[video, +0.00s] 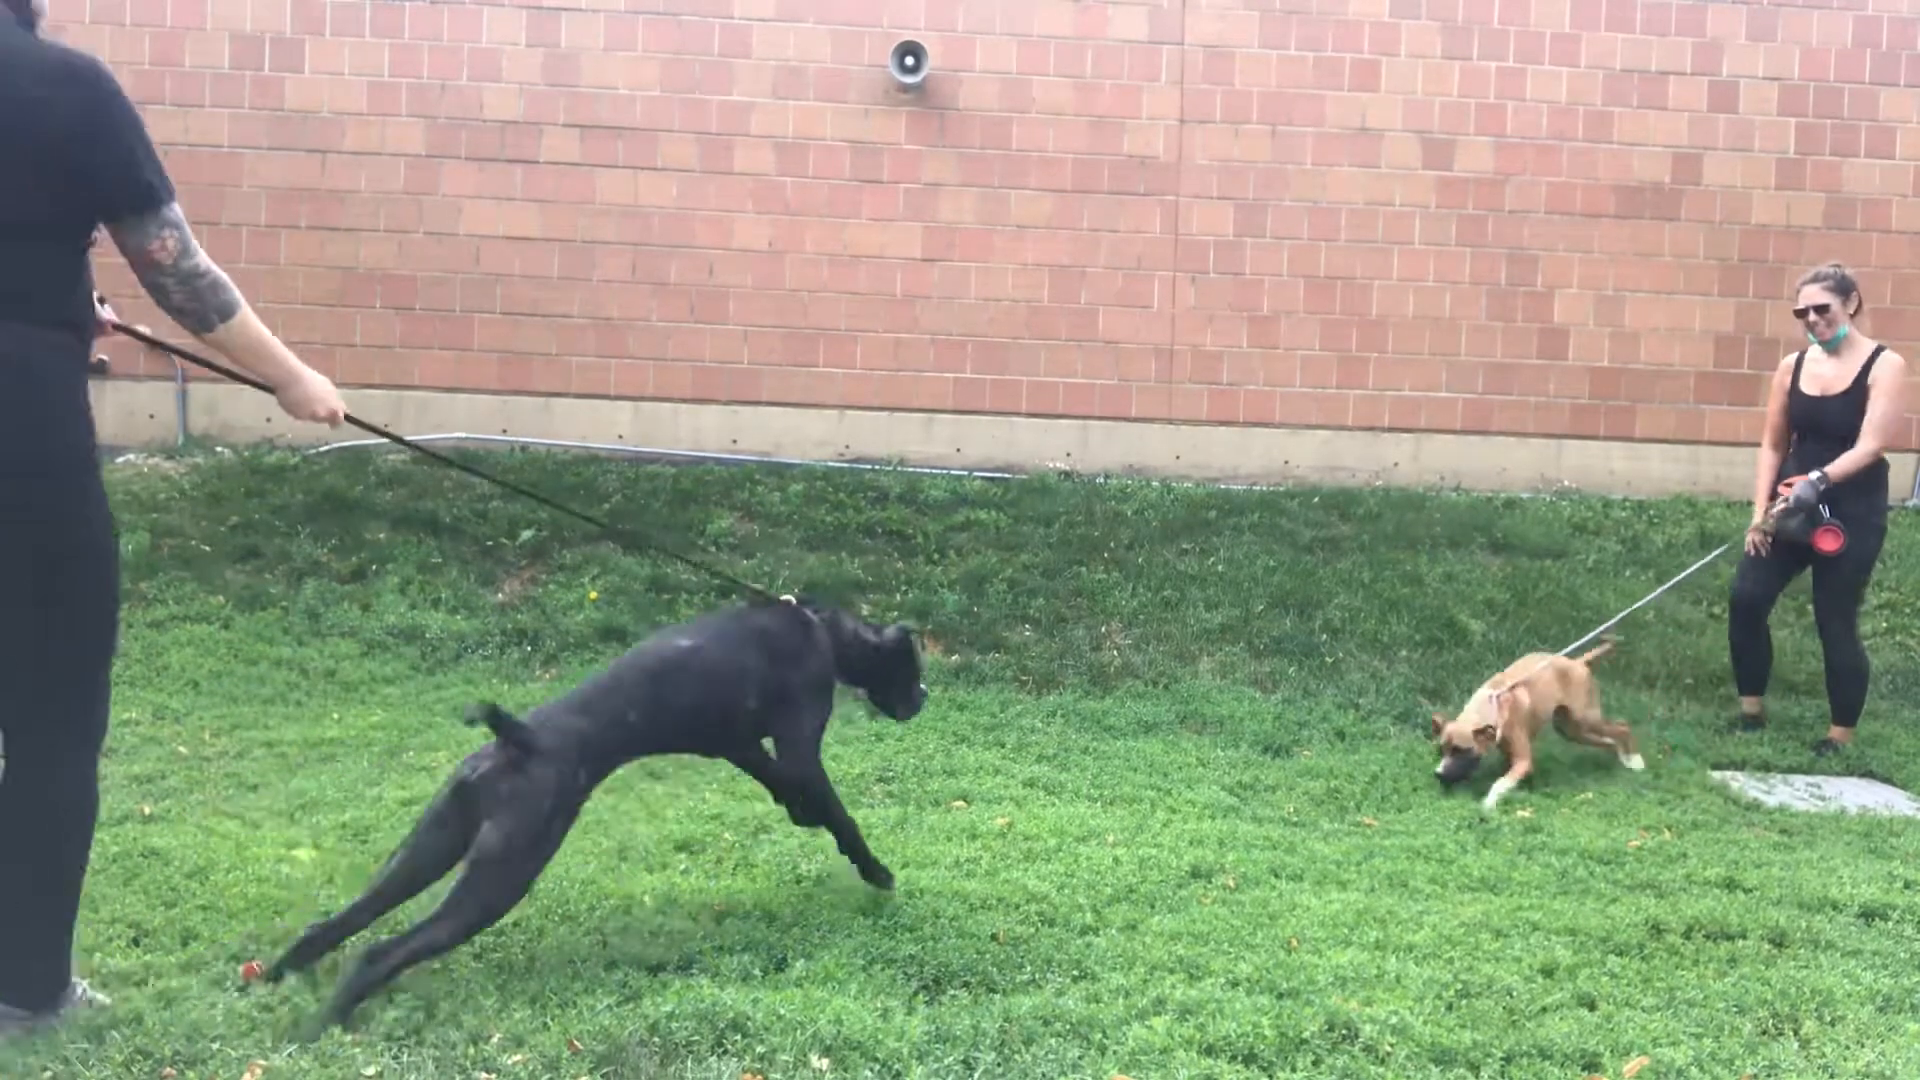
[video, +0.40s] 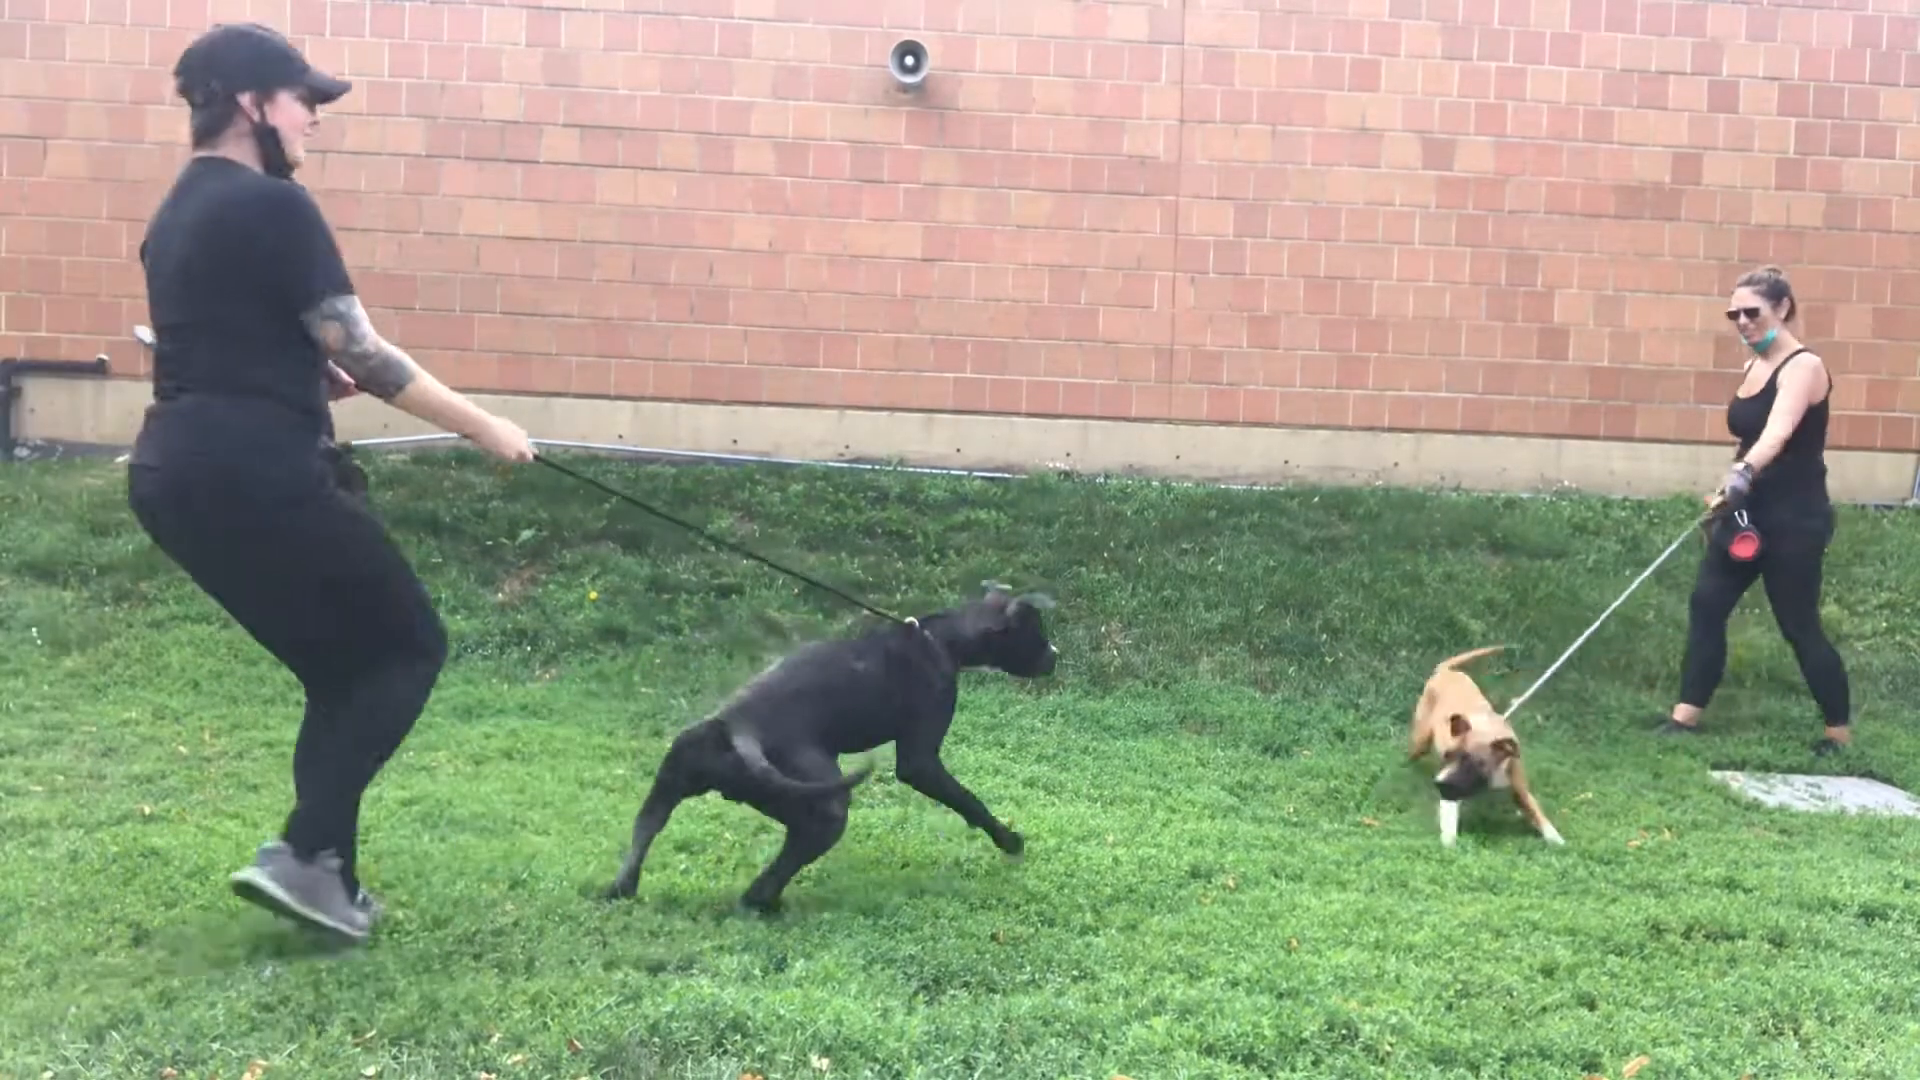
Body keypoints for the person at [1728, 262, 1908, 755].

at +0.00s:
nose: (1812, 320)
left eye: (1822, 309)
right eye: (1804, 313)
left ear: (1850, 304)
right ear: (1799, 314)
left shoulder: (1884, 365)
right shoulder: (1792, 366)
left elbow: (1871, 447)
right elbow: (1771, 445)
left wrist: (1815, 482)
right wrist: (1759, 513)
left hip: (1854, 509)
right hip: (1793, 503)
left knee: (1834, 617)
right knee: (1746, 596)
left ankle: (1841, 736)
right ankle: (1750, 712)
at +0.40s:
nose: (1742, 322)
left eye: (1751, 312)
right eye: (1735, 314)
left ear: (1781, 309)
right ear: (1732, 316)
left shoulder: (1804, 366)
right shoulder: (1757, 364)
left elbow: (1778, 434)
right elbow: (1754, 440)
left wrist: (1740, 475)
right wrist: (1727, 492)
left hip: (1795, 516)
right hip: (1750, 509)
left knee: (1799, 623)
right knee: (1707, 602)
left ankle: (1838, 732)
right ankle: (1686, 716)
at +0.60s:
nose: (1697, 325)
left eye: (1706, 315)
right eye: (1690, 317)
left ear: (1735, 310)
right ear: (1686, 315)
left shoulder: (1754, 360)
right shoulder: (1708, 365)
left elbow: (1732, 414)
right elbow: (1697, 433)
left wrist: (1692, 444)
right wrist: (1679, 483)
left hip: (1753, 503)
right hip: (1710, 500)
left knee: (1709, 607)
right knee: (1680, 602)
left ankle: (1794, 705)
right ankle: (1683, 718)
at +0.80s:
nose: (1669, 320)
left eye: (1678, 310)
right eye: (1661, 313)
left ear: (1705, 304)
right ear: (1655, 313)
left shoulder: (1724, 356)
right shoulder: (1683, 358)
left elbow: (1695, 426)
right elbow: (1689, 434)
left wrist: (1655, 472)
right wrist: (1664, 491)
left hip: (1730, 497)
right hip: (1689, 495)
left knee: (1682, 599)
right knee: (1663, 599)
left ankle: (1693, 733)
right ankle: (1679, 722)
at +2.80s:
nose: (1734, 296)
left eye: (1745, 286)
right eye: (1730, 286)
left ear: (1784, 281)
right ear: (1730, 282)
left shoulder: (1810, 344)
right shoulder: (1743, 338)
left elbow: (1757, 416)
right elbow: (1747, 420)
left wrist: (1692, 454)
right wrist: (1733, 478)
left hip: (1805, 501)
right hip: (1752, 494)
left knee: (1773, 615)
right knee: (1696, 605)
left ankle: (1774, 758)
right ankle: (1710, 722)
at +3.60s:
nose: (1770, 287)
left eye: (1781, 277)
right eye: (1767, 277)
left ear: (1825, 270)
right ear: (1769, 273)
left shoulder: (1854, 344)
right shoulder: (1762, 336)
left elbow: (1802, 435)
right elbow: (1740, 430)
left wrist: (1722, 461)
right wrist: (1706, 501)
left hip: (1819, 510)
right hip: (1750, 502)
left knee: (1820, 640)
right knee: (1726, 637)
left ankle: (1864, 791)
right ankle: (1714, 768)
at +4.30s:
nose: (1834, 272)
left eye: (1844, 260)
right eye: (1831, 260)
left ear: (1895, 251)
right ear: (1873, 257)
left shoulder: (1917, 340)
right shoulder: (1843, 328)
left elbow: (1884, 447)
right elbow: (1827, 434)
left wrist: (1773, 478)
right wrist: (1802, 497)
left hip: (1897, 529)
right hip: (1825, 520)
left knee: (1885, 676)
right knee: (1796, 667)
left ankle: (1896, 796)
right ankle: (1802, 825)